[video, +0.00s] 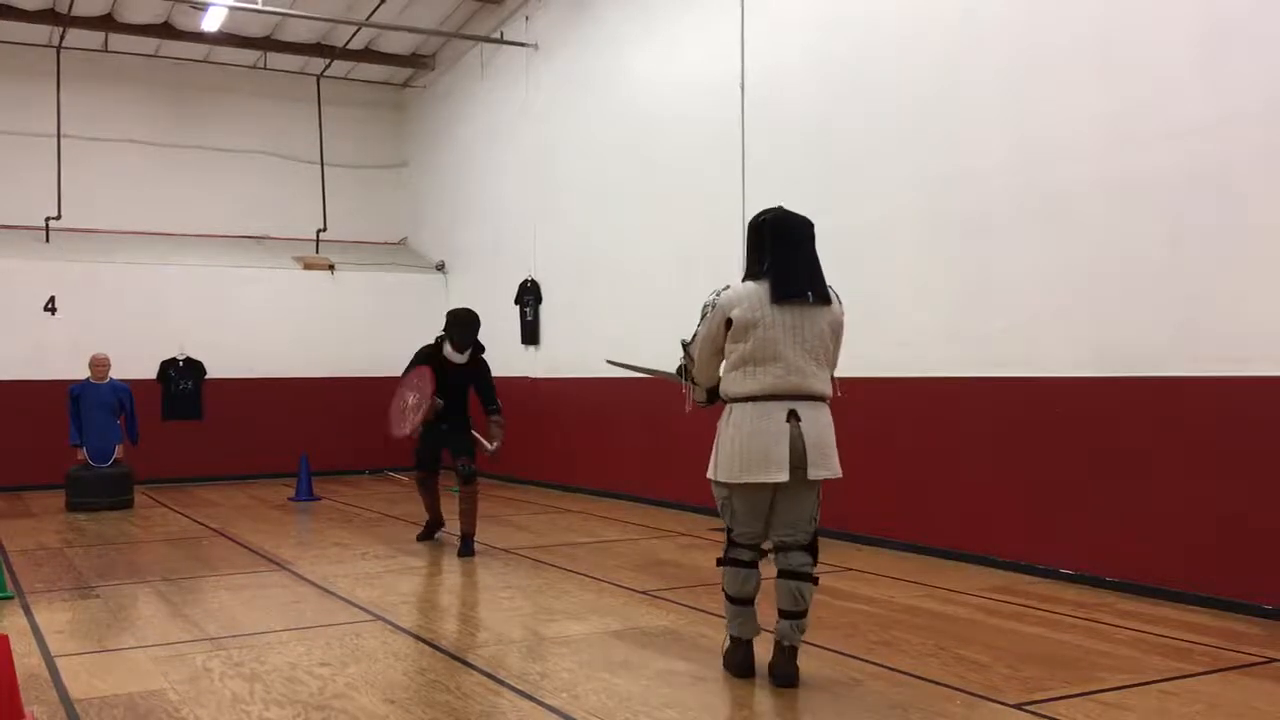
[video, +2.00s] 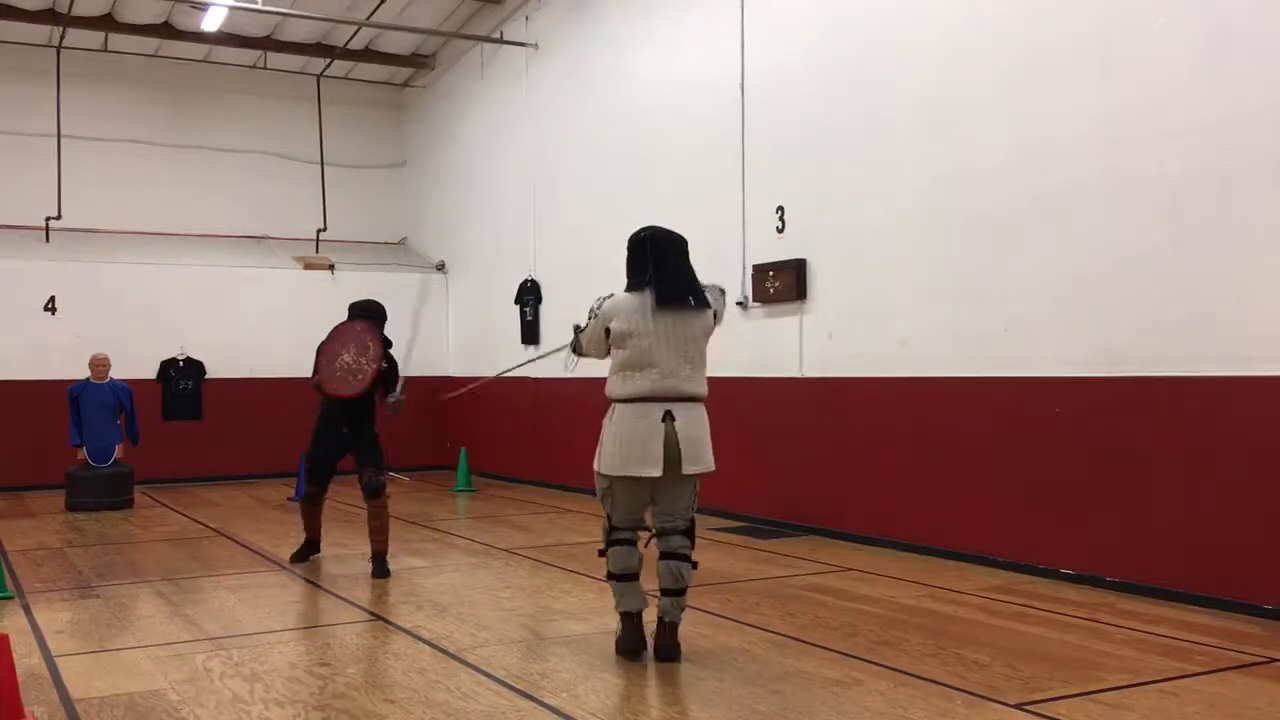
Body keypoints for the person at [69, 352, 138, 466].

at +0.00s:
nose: (100, 369)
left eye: (104, 366)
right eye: (97, 366)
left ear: (109, 367)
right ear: (90, 367)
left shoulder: (120, 389)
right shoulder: (78, 390)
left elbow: (129, 416)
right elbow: (75, 420)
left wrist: (132, 438)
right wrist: (78, 445)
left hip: (113, 445)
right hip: (88, 444)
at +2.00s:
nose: (100, 369)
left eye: (104, 366)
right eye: (97, 366)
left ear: (109, 367)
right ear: (90, 367)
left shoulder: (120, 389)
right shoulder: (77, 390)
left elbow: (129, 415)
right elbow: (75, 420)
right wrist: (79, 446)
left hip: (113, 445)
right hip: (88, 444)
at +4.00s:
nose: (100, 369)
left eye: (104, 366)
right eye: (96, 366)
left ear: (109, 367)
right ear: (89, 367)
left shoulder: (121, 389)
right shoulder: (77, 390)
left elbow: (130, 415)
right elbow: (74, 419)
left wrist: (133, 437)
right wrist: (78, 444)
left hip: (114, 445)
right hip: (87, 445)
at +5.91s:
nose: (100, 369)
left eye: (104, 366)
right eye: (96, 365)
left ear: (109, 367)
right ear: (89, 367)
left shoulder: (121, 389)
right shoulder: (77, 390)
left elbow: (130, 415)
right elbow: (74, 419)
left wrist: (133, 437)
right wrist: (78, 445)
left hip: (113, 445)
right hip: (87, 445)